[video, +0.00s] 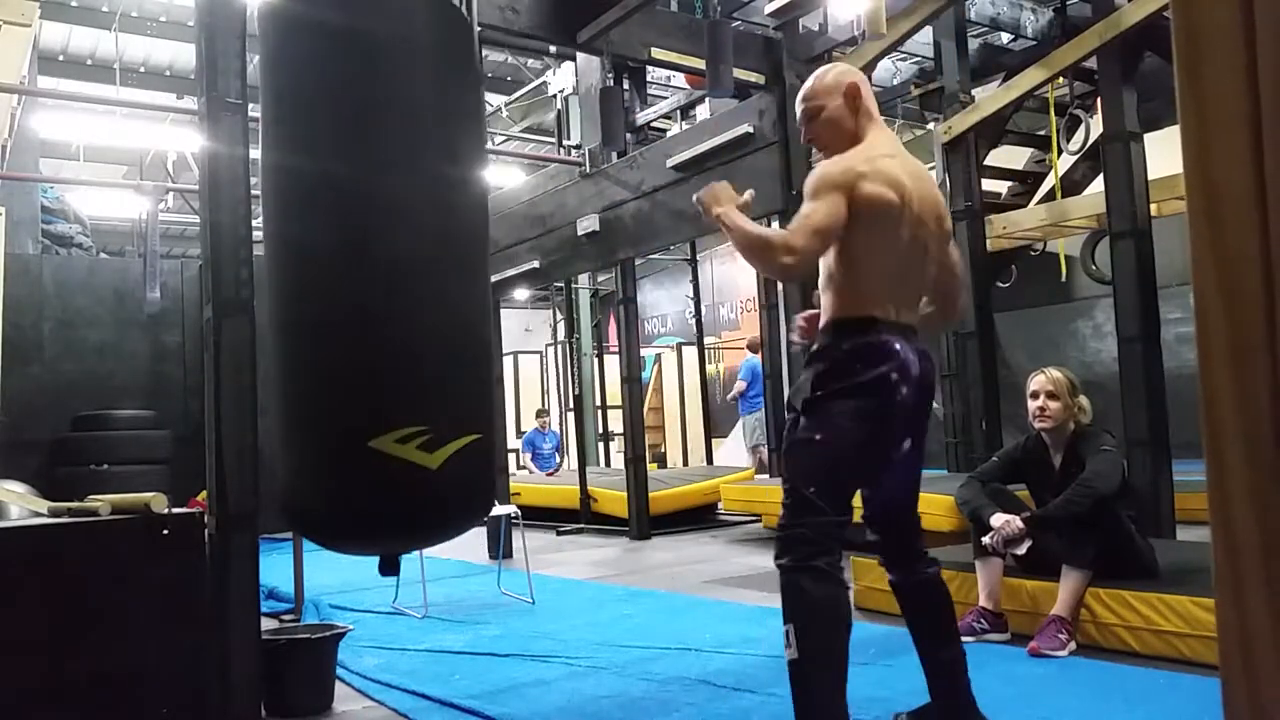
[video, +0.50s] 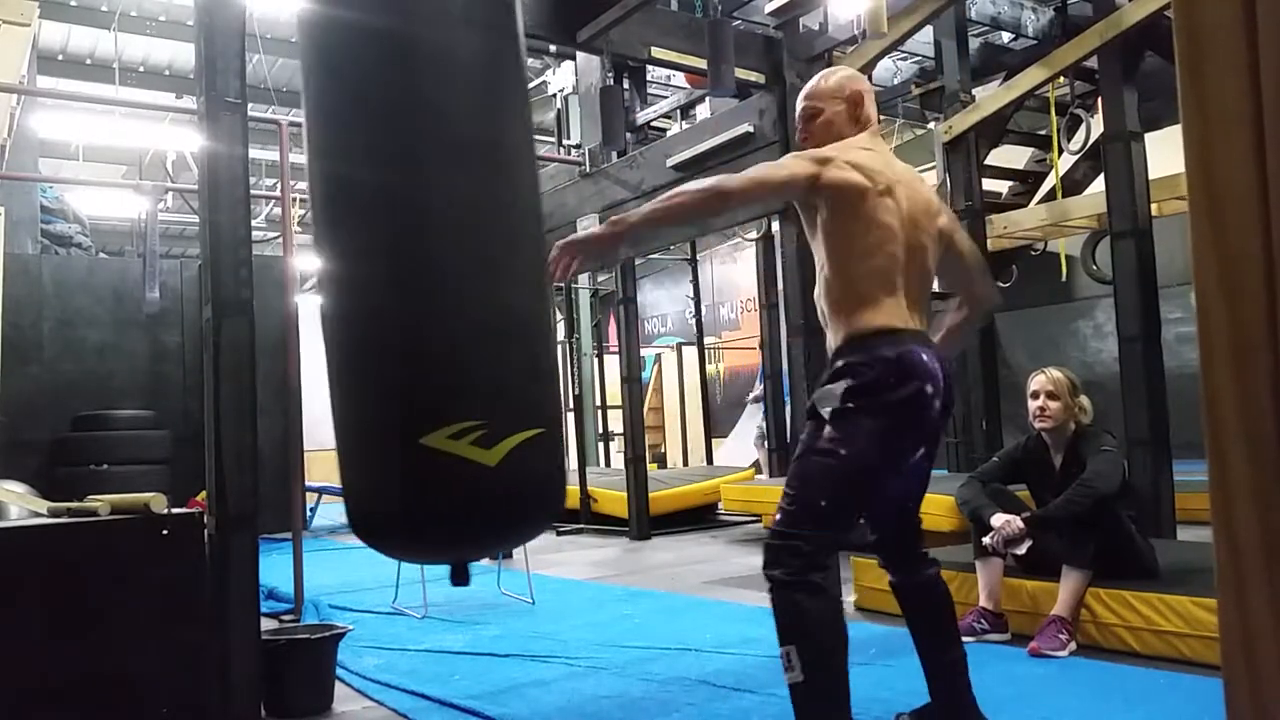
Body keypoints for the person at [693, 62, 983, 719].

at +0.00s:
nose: (806, 133)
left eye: (812, 114)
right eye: (801, 120)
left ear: (855, 94)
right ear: (867, 101)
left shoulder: (840, 171)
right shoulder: (923, 180)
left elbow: (788, 256)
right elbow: (946, 301)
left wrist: (726, 213)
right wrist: (842, 316)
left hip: (853, 367)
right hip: (912, 367)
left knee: (808, 543)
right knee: (898, 534)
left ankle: (821, 710)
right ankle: (954, 700)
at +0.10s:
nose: (805, 137)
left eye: (811, 119)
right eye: (801, 124)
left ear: (853, 100)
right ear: (865, 105)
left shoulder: (835, 173)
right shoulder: (928, 187)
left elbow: (780, 261)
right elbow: (967, 307)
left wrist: (726, 218)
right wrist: (890, 318)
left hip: (853, 367)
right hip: (914, 370)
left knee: (813, 546)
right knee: (897, 540)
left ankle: (821, 710)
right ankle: (954, 702)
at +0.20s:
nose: (805, 141)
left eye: (812, 123)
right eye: (802, 128)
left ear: (855, 105)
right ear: (867, 111)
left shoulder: (836, 181)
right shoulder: (929, 193)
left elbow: (784, 272)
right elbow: (973, 308)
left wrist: (723, 241)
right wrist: (911, 341)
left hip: (855, 372)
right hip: (913, 376)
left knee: (816, 551)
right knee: (894, 544)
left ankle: (824, 711)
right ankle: (954, 702)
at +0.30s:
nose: (809, 136)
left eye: (816, 119)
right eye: (805, 125)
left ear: (858, 102)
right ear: (869, 109)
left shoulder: (834, 173)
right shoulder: (933, 191)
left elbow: (781, 256)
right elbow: (978, 301)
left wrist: (712, 247)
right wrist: (919, 346)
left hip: (855, 365)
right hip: (912, 374)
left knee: (817, 549)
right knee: (899, 543)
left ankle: (826, 711)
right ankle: (954, 702)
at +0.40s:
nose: (810, 133)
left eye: (817, 118)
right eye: (806, 123)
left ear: (862, 100)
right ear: (870, 108)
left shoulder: (830, 165)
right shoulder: (937, 191)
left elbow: (745, 228)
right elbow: (992, 296)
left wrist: (661, 237)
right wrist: (930, 343)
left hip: (862, 362)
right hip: (920, 371)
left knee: (811, 549)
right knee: (906, 546)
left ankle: (832, 713)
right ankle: (956, 705)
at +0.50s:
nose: (804, 127)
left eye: (815, 114)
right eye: (801, 118)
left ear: (863, 108)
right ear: (869, 119)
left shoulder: (825, 166)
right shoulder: (922, 190)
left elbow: (716, 194)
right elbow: (979, 294)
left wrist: (612, 235)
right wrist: (924, 356)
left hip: (870, 374)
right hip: (923, 376)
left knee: (796, 552)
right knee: (900, 542)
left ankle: (824, 712)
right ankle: (955, 703)